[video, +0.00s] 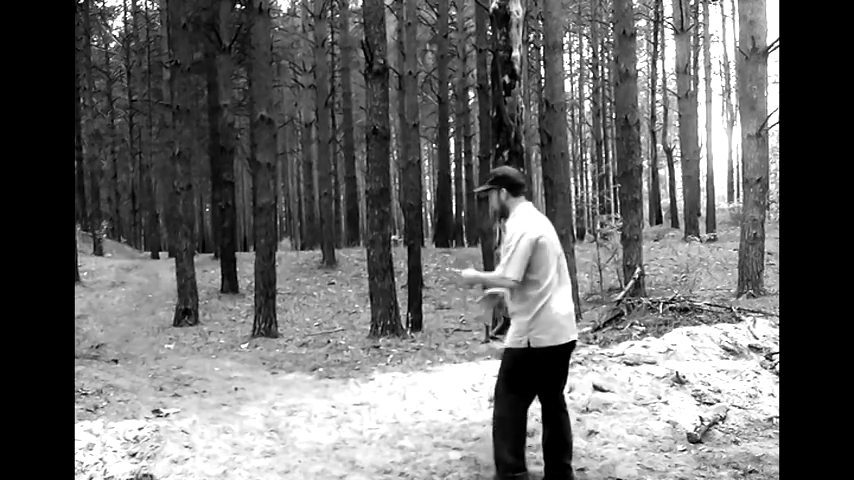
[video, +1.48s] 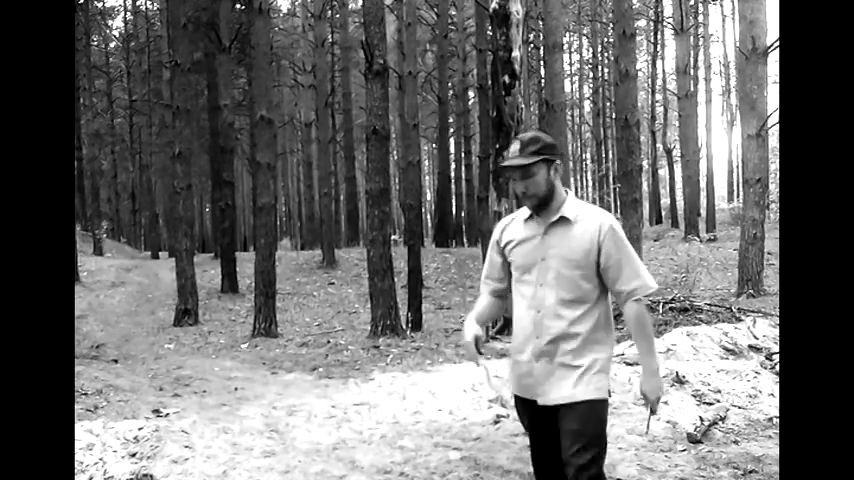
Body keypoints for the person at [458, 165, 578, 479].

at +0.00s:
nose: (489, 204)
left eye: (489, 196)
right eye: (487, 197)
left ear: (503, 193)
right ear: (513, 192)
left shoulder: (522, 225)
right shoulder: (537, 219)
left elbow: (509, 279)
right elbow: (530, 278)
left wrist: (476, 276)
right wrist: (497, 290)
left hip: (533, 334)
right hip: (559, 331)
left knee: (507, 408)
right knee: (553, 405)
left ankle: (509, 472)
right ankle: (560, 473)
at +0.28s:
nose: (514, 201)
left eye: (520, 193)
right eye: (511, 195)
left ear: (540, 191)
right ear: (516, 196)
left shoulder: (562, 229)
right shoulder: (535, 229)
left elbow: (577, 289)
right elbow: (538, 279)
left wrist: (555, 334)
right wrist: (505, 287)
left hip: (564, 340)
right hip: (546, 339)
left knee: (559, 411)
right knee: (554, 410)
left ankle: (579, 473)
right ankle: (559, 471)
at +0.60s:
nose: (543, 198)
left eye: (550, 189)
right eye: (538, 190)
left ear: (568, 186)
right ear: (533, 192)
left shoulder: (599, 230)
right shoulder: (533, 235)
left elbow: (627, 282)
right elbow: (532, 284)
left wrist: (625, 335)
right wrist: (526, 316)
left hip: (591, 353)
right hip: (547, 350)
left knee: (589, 431)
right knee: (539, 418)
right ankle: (564, 476)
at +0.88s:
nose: (552, 203)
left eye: (559, 193)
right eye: (546, 195)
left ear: (577, 190)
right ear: (540, 195)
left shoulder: (608, 237)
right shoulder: (530, 239)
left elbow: (633, 294)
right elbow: (513, 287)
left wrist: (618, 346)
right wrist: (496, 291)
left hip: (596, 356)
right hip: (548, 356)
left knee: (598, 436)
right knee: (556, 434)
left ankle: (599, 478)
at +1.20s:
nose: (537, 187)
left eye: (544, 177)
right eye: (530, 179)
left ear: (565, 171)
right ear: (523, 180)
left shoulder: (604, 222)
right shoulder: (518, 228)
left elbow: (632, 284)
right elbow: (507, 279)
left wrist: (630, 346)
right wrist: (507, 303)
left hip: (591, 365)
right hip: (537, 366)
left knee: (592, 454)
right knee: (550, 460)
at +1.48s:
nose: (519, 188)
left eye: (527, 177)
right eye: (513, 180)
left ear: (553, 169)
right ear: (508, 181)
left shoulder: (598, 227)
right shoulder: (507, 231)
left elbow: (633, 299)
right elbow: (494, 294)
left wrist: (650, 373)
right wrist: (474, 320)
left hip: (581, 382)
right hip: (528, 383)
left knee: (582, 472)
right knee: (547, 472)